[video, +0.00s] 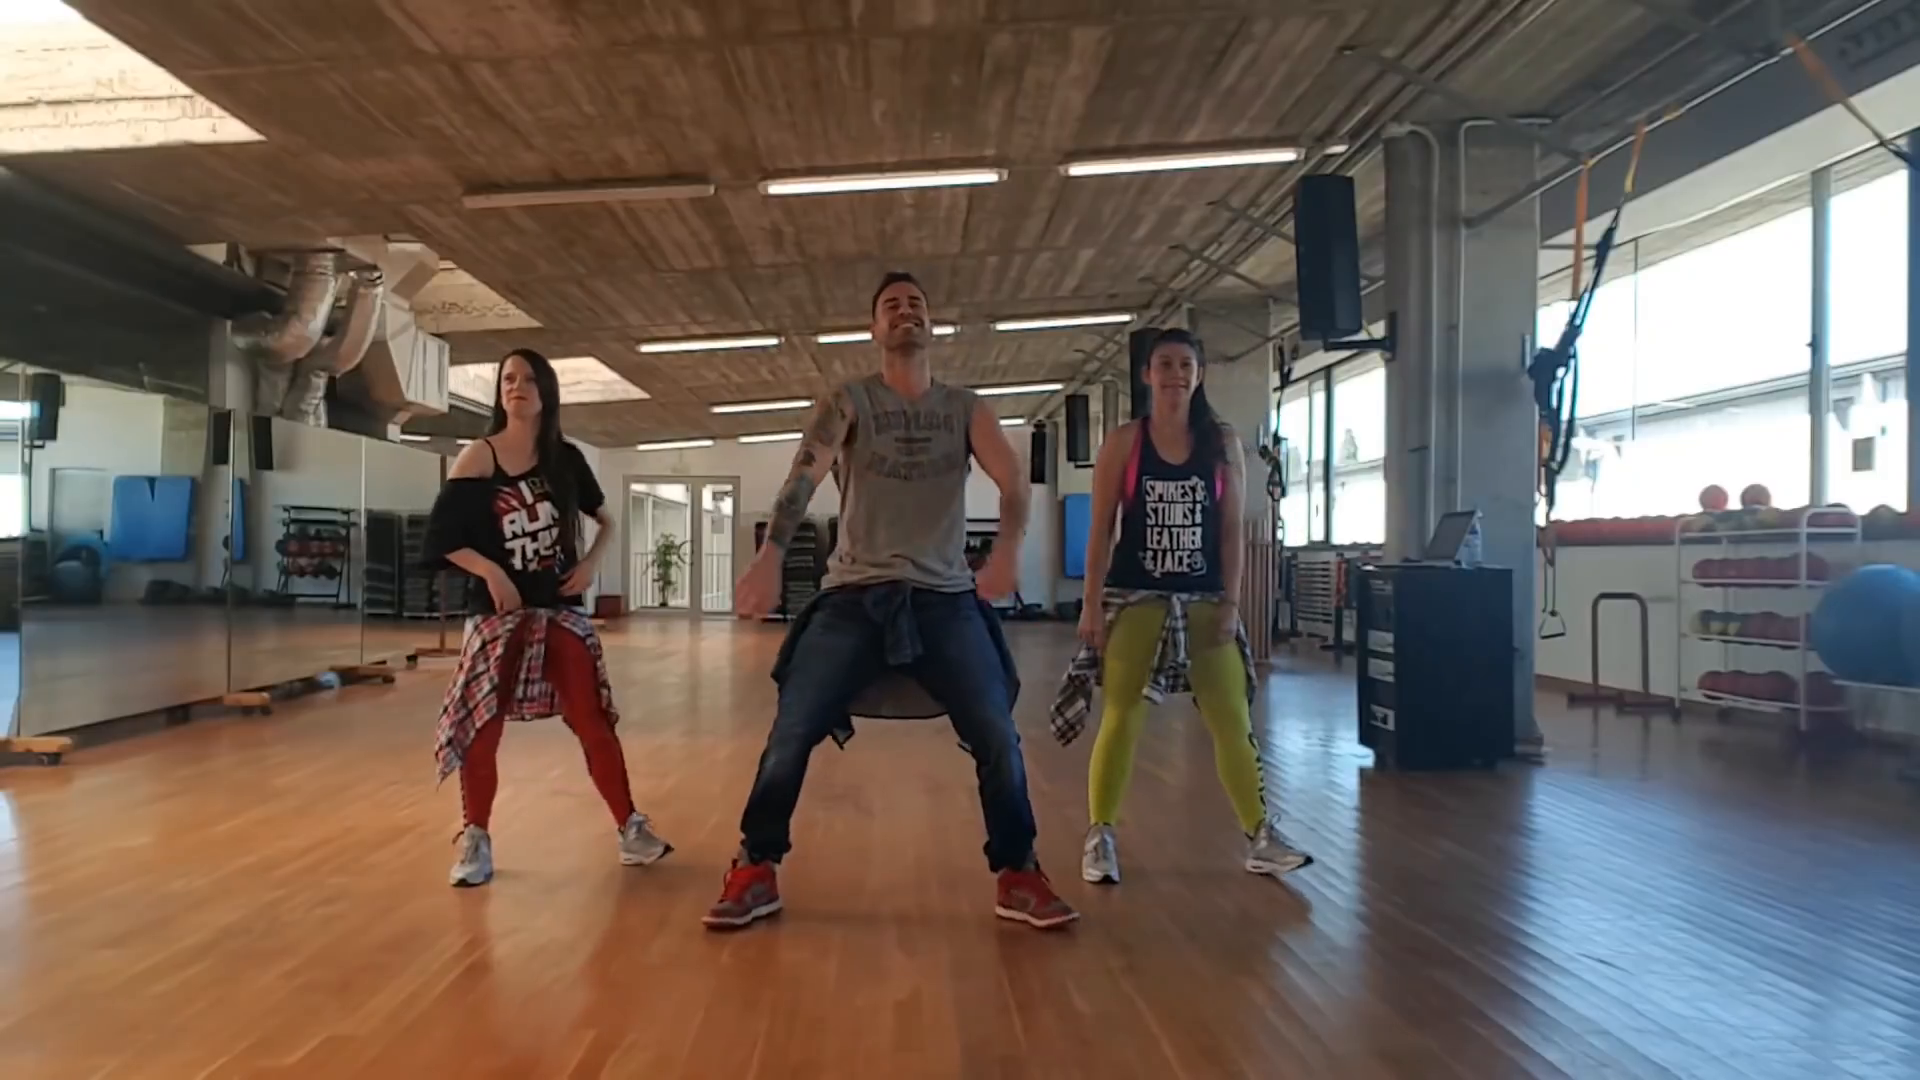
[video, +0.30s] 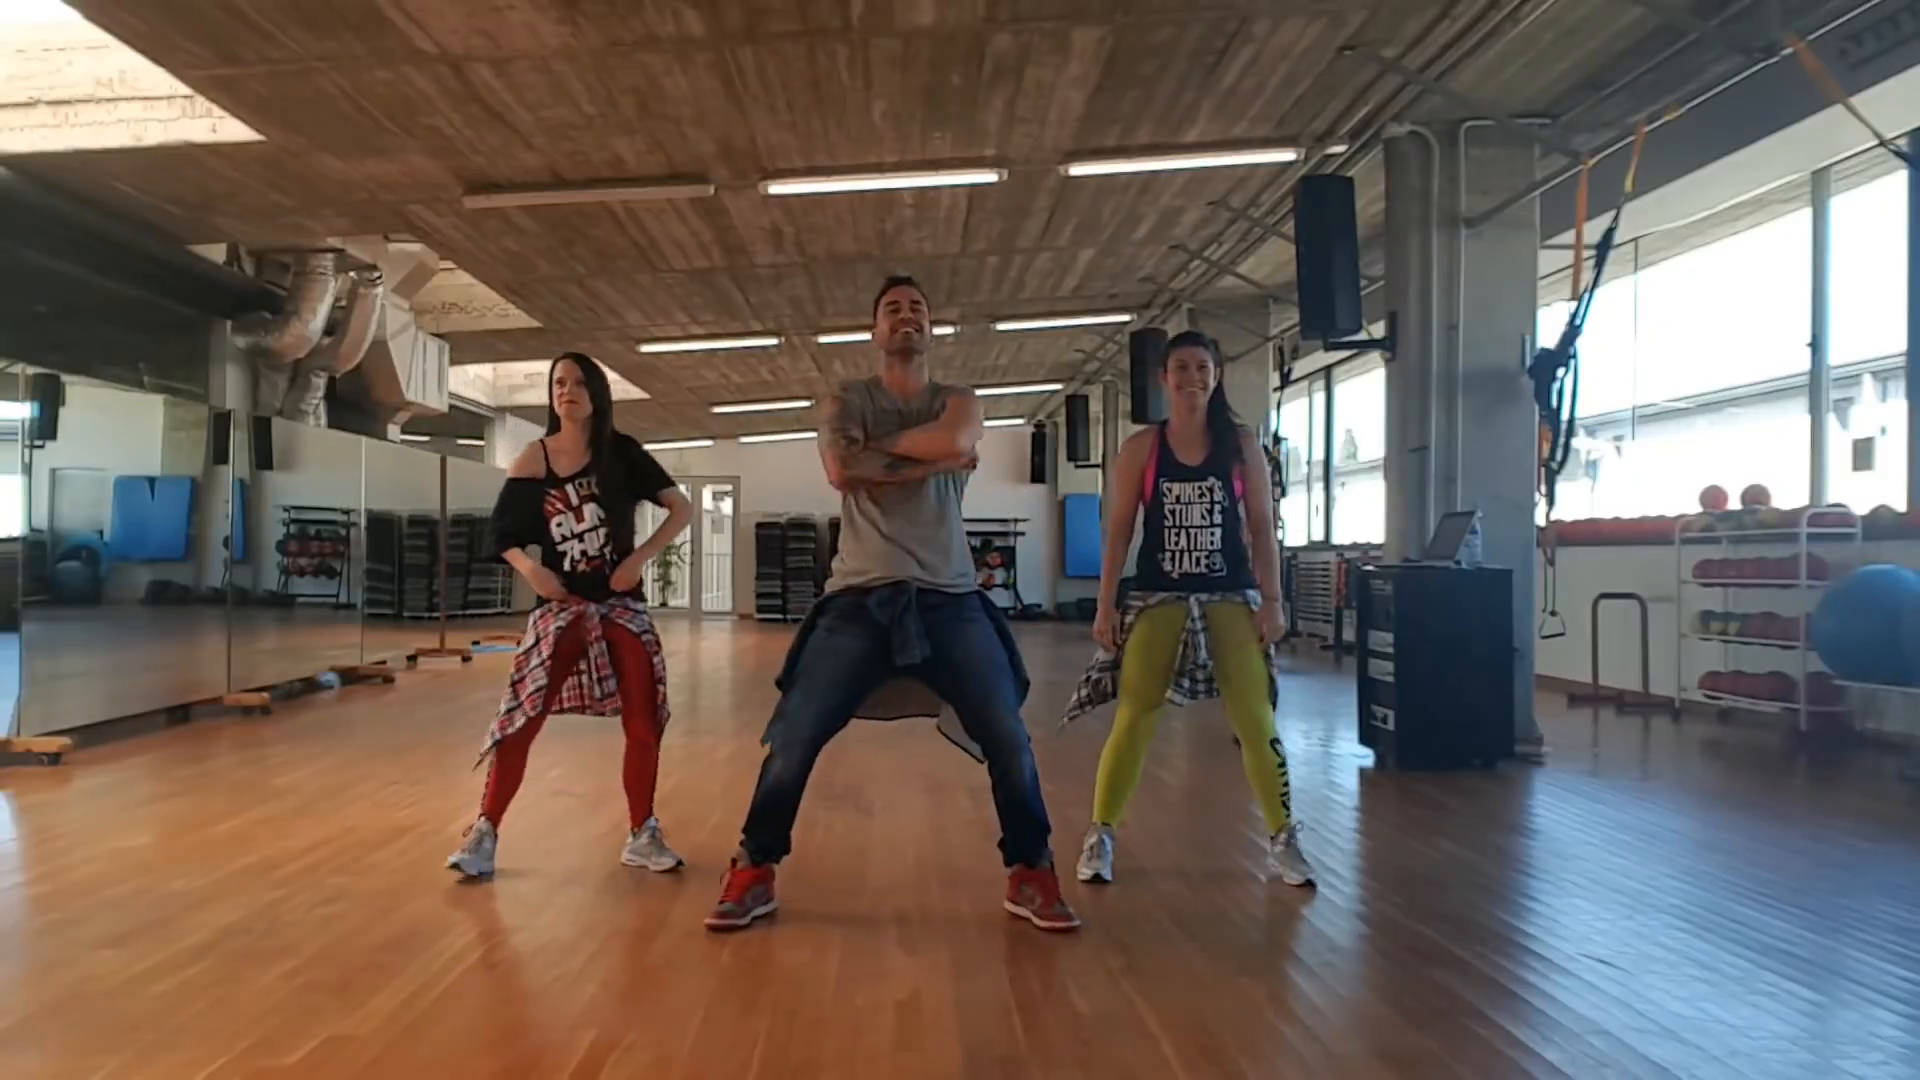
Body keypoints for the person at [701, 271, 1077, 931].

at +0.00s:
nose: (905, 310)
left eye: (914, 303)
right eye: (891, 304)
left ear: (931, 325)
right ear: (873, 329)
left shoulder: (965, 403)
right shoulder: (847, 401)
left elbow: (1013, 482)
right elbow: (801, 481)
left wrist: (1005, 558)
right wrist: (767, 559)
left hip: (943, 592)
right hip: (854, 591)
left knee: (995, 731)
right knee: (793, 723)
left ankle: (1017, 875)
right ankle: (755, 870)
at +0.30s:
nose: (906, 314)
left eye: (916, 308)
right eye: (893, 308)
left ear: (932, 329)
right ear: (873, 331)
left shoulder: (957, 400)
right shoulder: (843, 400)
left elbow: (956, 445)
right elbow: (841, 471)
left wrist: (870, 444)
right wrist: (937, 462)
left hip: (949, 593)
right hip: (858, 591)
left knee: (1005, 730)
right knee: (795, 731)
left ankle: (1031, 873)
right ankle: (753, 871)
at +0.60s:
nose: (913, 322)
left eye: (923, 314)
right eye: (901, 314)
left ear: (939, 330)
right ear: (882, 332)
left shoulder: (965, 406)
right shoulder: (855, 402)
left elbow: (976, 465)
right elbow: (848, 473)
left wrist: (890, 450)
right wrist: (938, 473)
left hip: (955, 595)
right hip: (864, 593)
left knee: (1006, 736)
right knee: (805, 732)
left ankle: (1030, 874)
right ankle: (761, 874)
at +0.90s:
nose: (921, 324)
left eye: (931, 315)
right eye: (910, 316)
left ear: (948, 333)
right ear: (891, 333)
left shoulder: (967, 403)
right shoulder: (872, 384)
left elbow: (990, 453)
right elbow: (869, 447)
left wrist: (889, 442)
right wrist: (959, 465)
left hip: (956, 591)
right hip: (866, 588)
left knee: (1015, 733)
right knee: (801, 729)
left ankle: (1032, 873)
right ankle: (760, 872)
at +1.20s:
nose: (910, 332)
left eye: (919, 324)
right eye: (898, 324)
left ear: (934, 339)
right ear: (881, 340)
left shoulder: (952, 399)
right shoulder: (858, 397)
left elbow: (974, 441)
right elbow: (846, 456)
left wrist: (879, 446)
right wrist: (942, 458)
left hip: (949, 593)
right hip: (860, 590)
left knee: (1008, 736)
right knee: (796, 732)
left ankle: (1030, 872)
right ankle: (760, 872)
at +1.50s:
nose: (884, 338)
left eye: (894, 329)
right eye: (873, 329)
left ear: (909, 341)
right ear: (855, 344)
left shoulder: (936, 396)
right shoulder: (836, 412)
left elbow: (929, 442)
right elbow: (808, 472)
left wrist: (843, 454)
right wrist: (894, 460)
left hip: (930, 595)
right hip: (842, 595)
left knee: (989, 736)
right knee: (777, 737)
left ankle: (1025, 872)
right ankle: (757, 873)